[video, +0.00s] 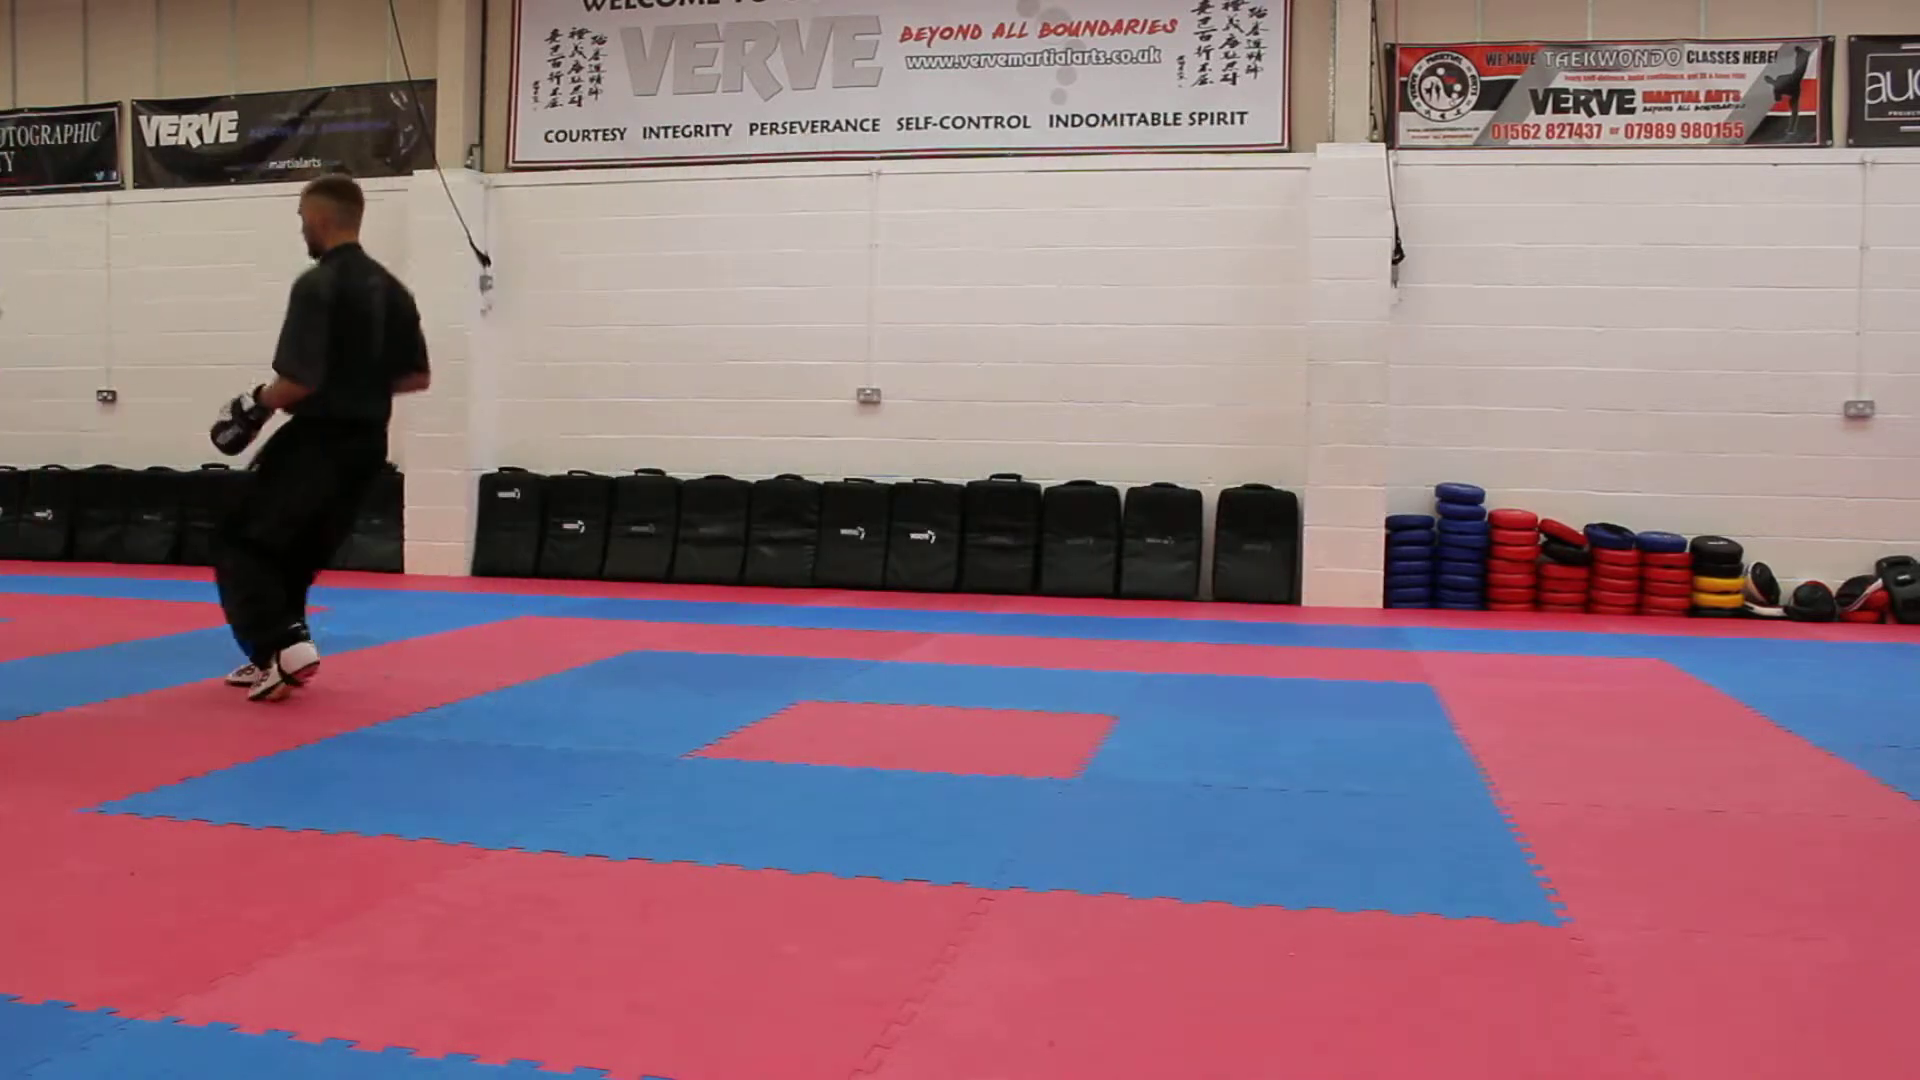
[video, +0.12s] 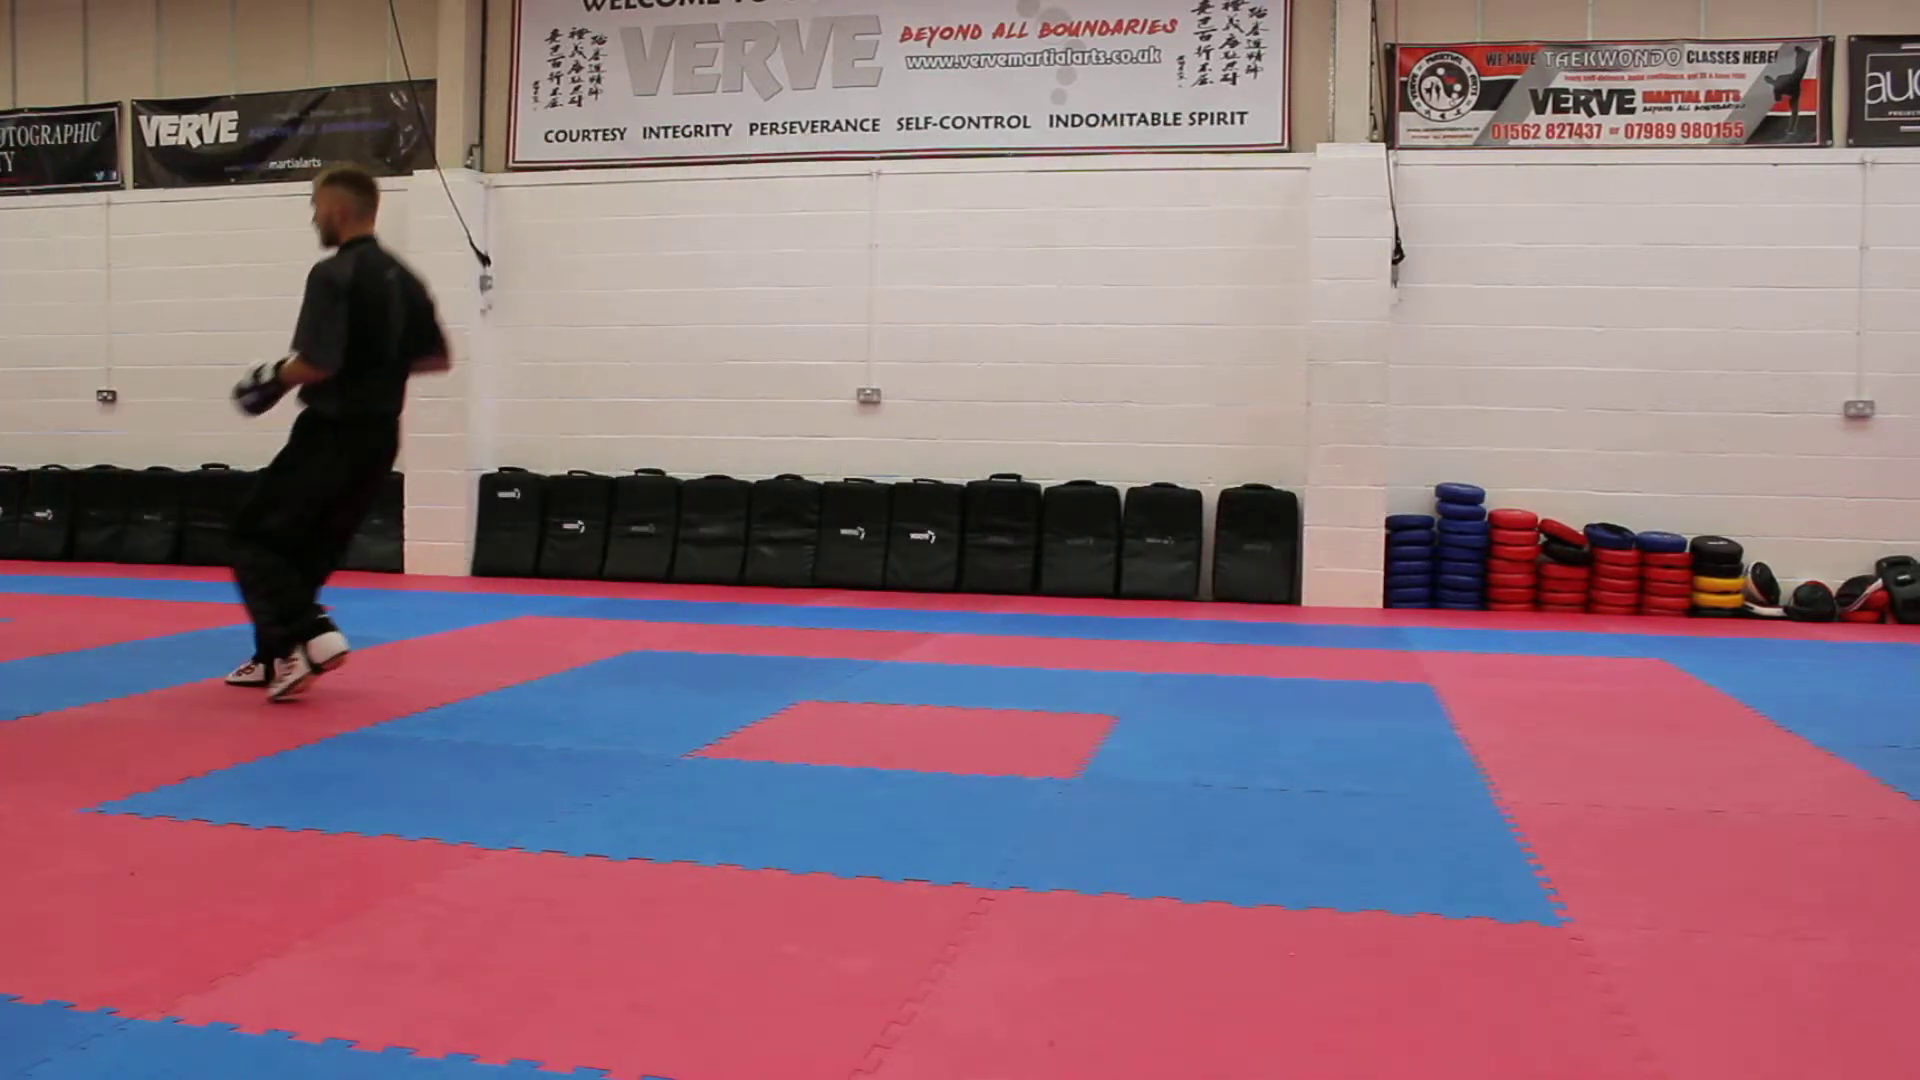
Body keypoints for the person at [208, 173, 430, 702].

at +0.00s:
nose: (302, 228)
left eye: (305, 219)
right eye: (303, 219)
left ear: (320, 220)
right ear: (353, 221)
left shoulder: (317, 285)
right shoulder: (391, 288)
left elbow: (297, 384)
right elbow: (416, 376)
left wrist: (261, 400)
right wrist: (352, 382)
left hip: (311, 444)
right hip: (364, 449)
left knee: (240, 540)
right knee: (296, 550)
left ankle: (286, 641)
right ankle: (271, 657)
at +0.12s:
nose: (313, 214)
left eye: (318, 204)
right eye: (314, 204)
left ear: (339, 208)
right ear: (365, 210)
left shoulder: (333, 274)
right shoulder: (401, 276)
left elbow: (320, 362)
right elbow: (436, 357)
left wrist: (276, 376)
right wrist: (367, 361)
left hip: (329, 436)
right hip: (376, 441)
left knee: (253, 534)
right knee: (306, 543)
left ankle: (313, 635)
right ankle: (275, 654)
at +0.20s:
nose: (328, 200)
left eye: (333, 191)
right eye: (329, 191)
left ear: (356, 191)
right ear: (380, 192)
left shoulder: (348, 256)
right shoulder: (424, 258)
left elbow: (341, 352)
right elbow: (460, 339)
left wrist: (299, 366)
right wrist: (395, 347)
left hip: (349, 419)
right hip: (400, 422)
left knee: (290, 522)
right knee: (347, 531)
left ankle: (333, 639)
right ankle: (291, 646)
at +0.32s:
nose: (360, 200)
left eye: (367, 189)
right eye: (361, 189)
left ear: (395, 193)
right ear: (413, 196)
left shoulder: (380, 265)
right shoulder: (457, 265)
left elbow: (375, 364)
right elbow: (480, 354)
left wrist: (334, 386)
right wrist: (418, 368)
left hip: (387, 424)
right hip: (437, 427)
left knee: (331, 530)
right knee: (376, 532)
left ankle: (348, 669)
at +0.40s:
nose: (396, 197)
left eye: (405, 187)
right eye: (397, 186)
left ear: (435, 189)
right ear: (440, 193)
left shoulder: (419, 256)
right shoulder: (480, 260)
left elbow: (427, 345)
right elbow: (506, 346)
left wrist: (377, 367)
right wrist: (438, 356)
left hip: (419, 424)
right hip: (466, 427)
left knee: (356, 534)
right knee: (411, 537)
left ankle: (350, 672)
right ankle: (466, 629)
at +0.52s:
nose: (471, 176)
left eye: (482, 166)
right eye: (468, 166)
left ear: (513, 168)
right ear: (477, 169)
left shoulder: (504, 235)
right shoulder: (523, 232)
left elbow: (523, 326)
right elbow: (554, 326)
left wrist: (455, 348)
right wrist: (470, 338)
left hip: (490, 403)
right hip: (516, 401)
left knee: (428, 522)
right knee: (488, 530)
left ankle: (381, 656)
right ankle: (551, 641)